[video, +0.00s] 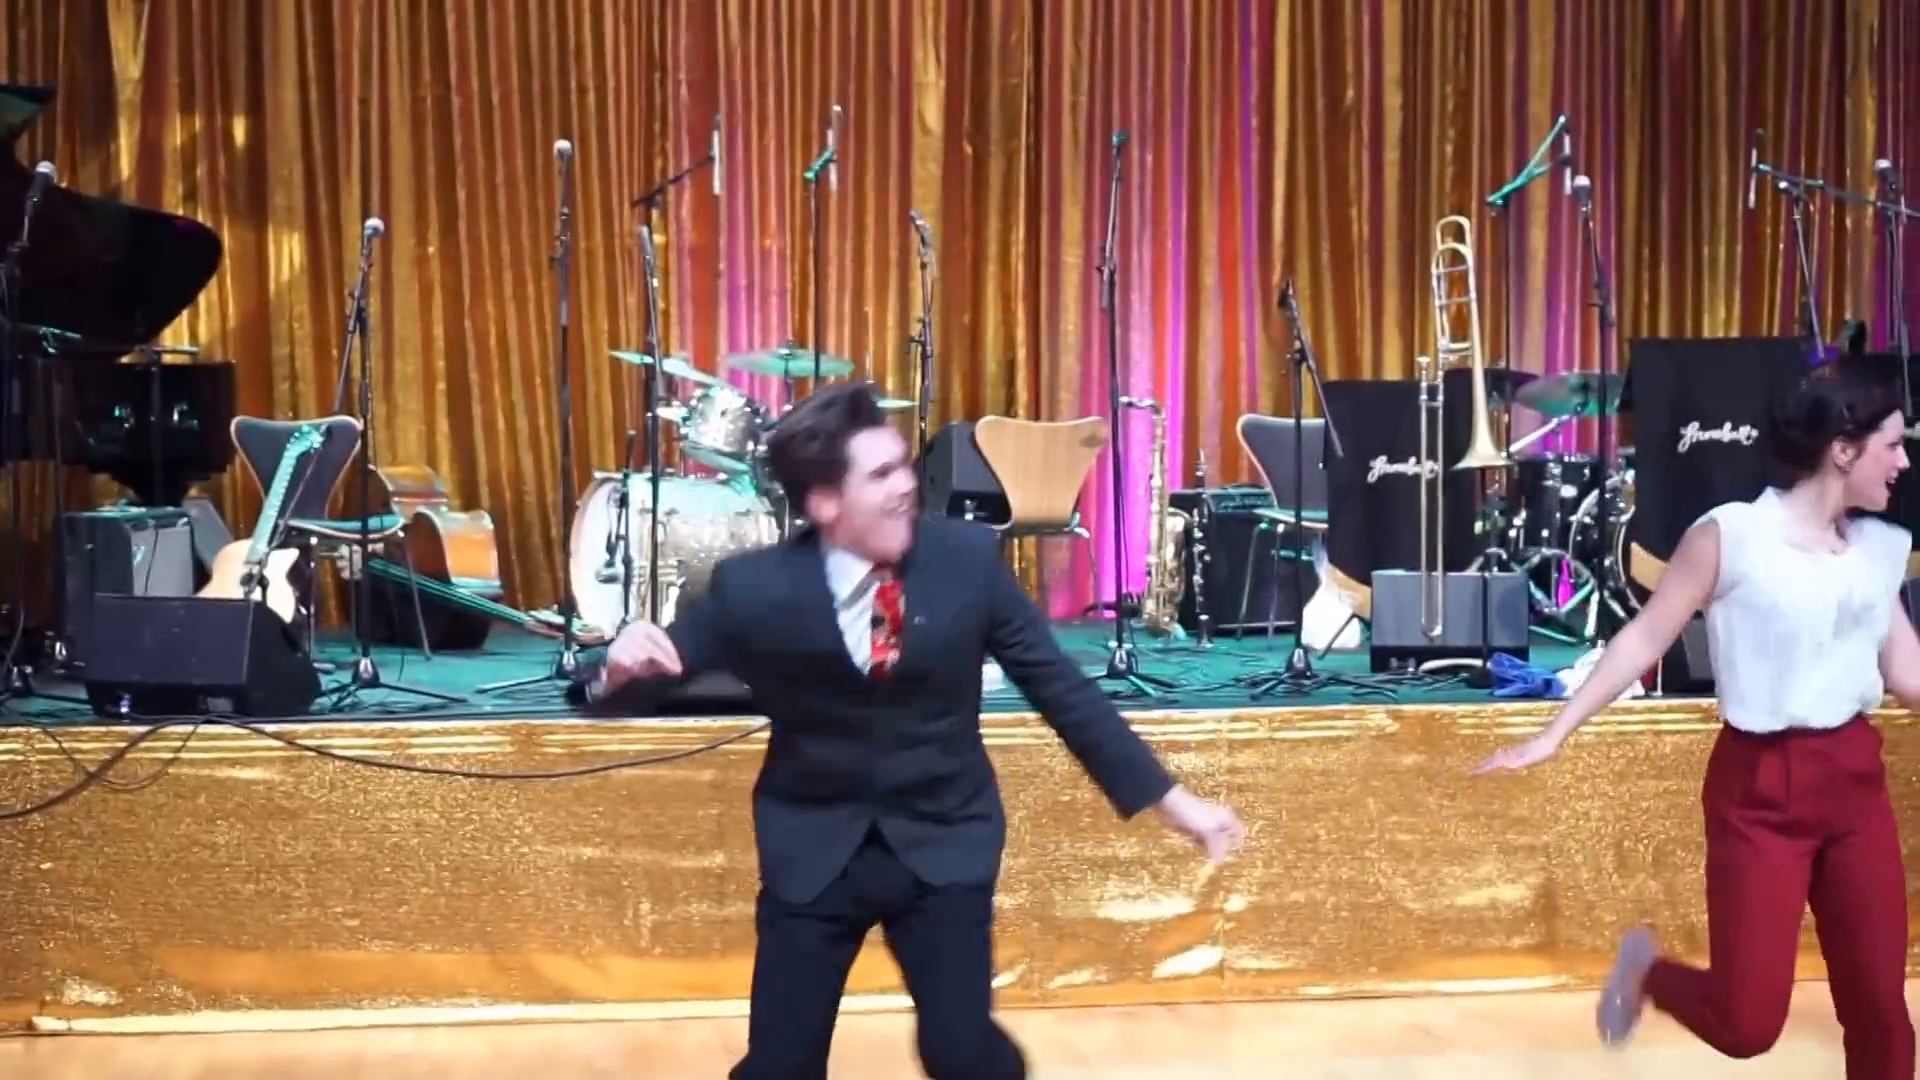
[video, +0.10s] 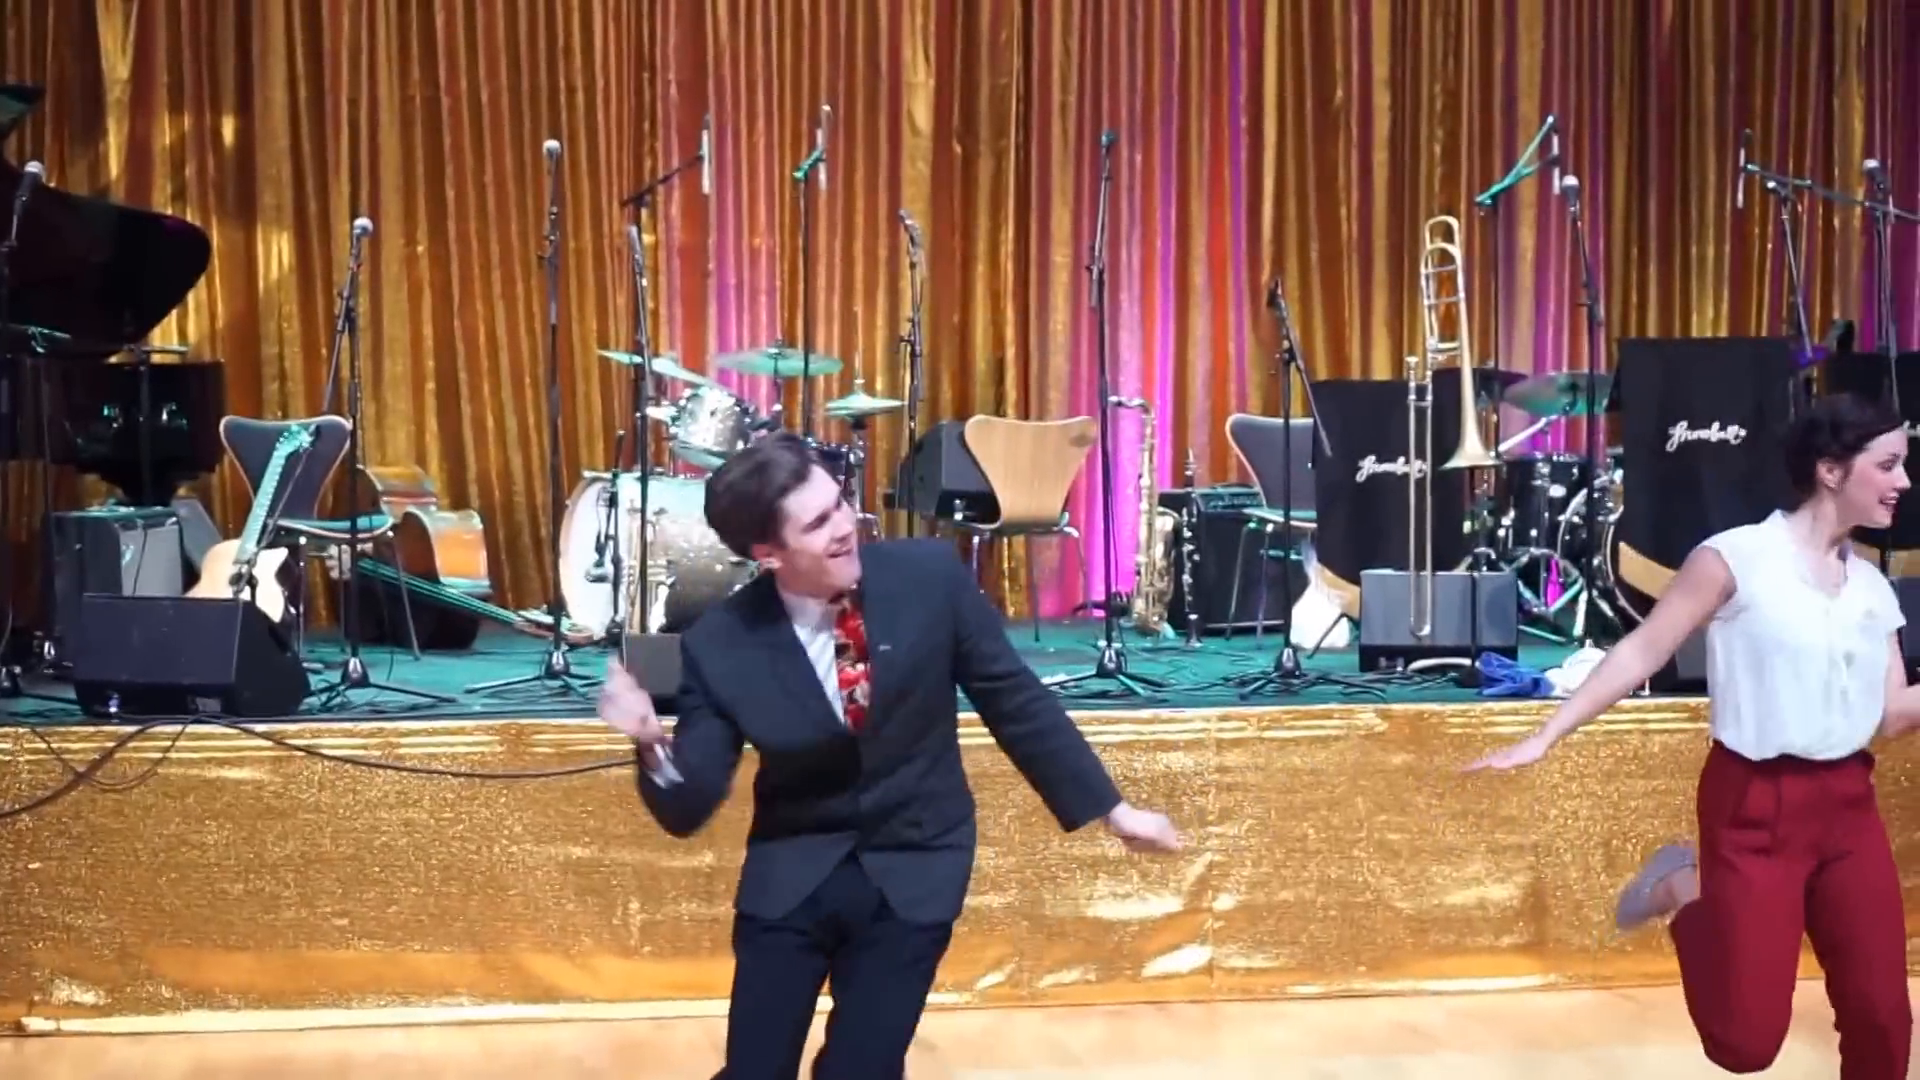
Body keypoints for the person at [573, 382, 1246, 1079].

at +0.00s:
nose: (908, 488)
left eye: (907, 467)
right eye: (884, 475)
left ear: (913, 473)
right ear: (821, 503)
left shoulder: (968, 563)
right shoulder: (751, 591)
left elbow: (1062, 687)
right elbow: (614, 698)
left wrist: (1166, 798)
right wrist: (622, 666)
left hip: (947, 834)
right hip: (812, 839)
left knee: (958, 1048)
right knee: (781, 1058)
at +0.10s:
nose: (846, 528)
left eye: (842, 505)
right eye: (819, 524)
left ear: (848, 494)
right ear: (766, 553)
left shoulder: (930, 578)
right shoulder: (721, 643)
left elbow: (1015, 697)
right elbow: (685, 809)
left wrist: (1109, 807)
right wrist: (653, 746)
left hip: (917, 851)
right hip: (792, 853)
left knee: (859, 1066)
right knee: (754, 1067)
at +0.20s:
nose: (856, 460)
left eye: (850, 440)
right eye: (831, 452)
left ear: (856, 436)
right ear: (778, 486)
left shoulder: (926, 531)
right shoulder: (718, 601)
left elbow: (1009, 657)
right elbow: (721, 735)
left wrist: (1086, 784)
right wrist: (709, 809)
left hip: (914, 825)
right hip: (781, 834)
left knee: (883, 1059)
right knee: (742, 1061)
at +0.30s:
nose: (895, 377)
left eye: (891, 358)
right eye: (871, 365)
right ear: (814, 397)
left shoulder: (942, 469)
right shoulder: (730, 522)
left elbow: (1010, 615)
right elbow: (733, 695)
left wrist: (1069, 747)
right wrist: (752, 853)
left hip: (930, 798)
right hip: (798, 804)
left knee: (952, 1047)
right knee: (746, 1051)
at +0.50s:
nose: (973, 367)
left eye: (968, 349)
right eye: (953, 349)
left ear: (916, 377)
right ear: (897, 377)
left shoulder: (998, 498)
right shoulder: (810, 486)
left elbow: (1060, 607)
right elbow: (727, 644)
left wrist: (1115, 665)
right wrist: (787, 788)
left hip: (957, 825)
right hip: (835, 822)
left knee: (998, 1060)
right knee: (762, 1060)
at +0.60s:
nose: (1009, 371)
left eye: (1003, 353)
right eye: (990, 354)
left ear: (951, 380)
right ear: (935, 380)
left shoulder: (1034, 488)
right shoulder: (863, 480)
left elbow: (1096, 621)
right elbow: (765, 622)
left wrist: (1175, 703)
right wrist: (836, 755)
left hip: (1004, 825)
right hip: (890, 820)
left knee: (1049, 1057)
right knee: (787, 1051)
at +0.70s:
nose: (1036, 398)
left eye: (1029, 380)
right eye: (1015, 384)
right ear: (960, 414)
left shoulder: (1076, 516)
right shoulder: (906, 521)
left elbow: (1120, 676)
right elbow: (839, 679)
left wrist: (1186, 809)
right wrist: (928, 775)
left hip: (1067, 858)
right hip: (958, 857)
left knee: (1093, 1068)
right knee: (890, 1063)